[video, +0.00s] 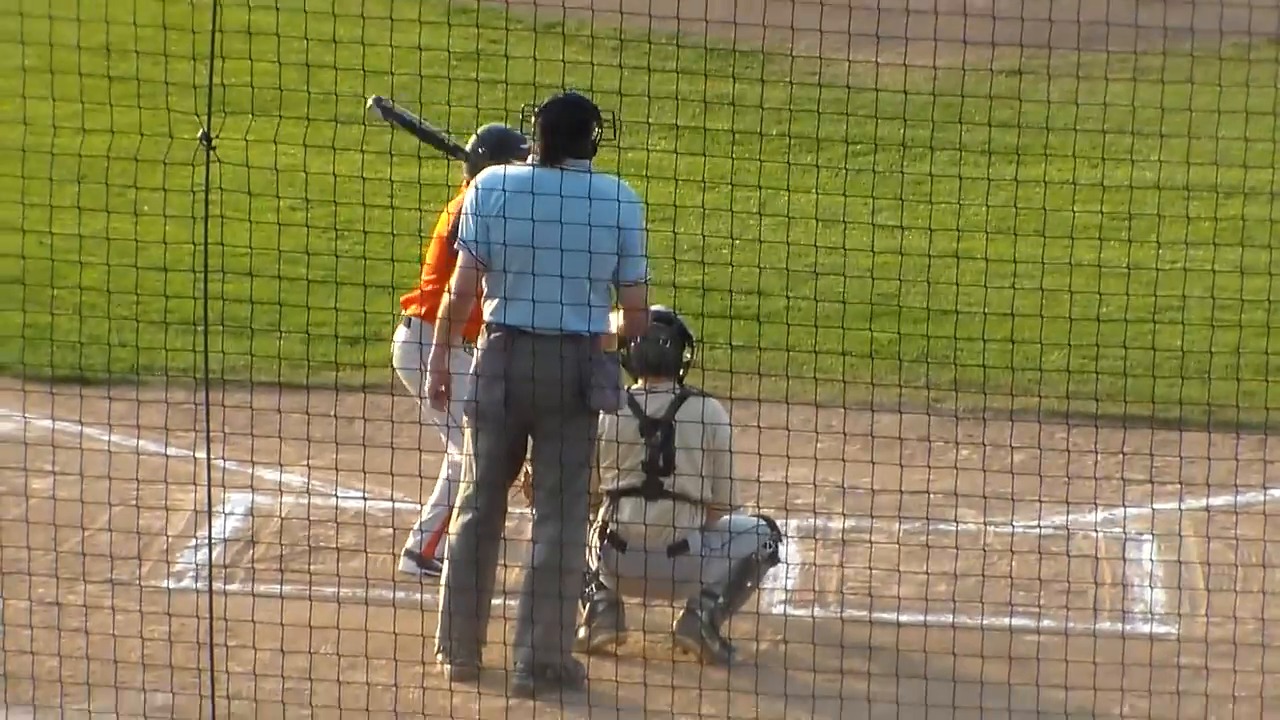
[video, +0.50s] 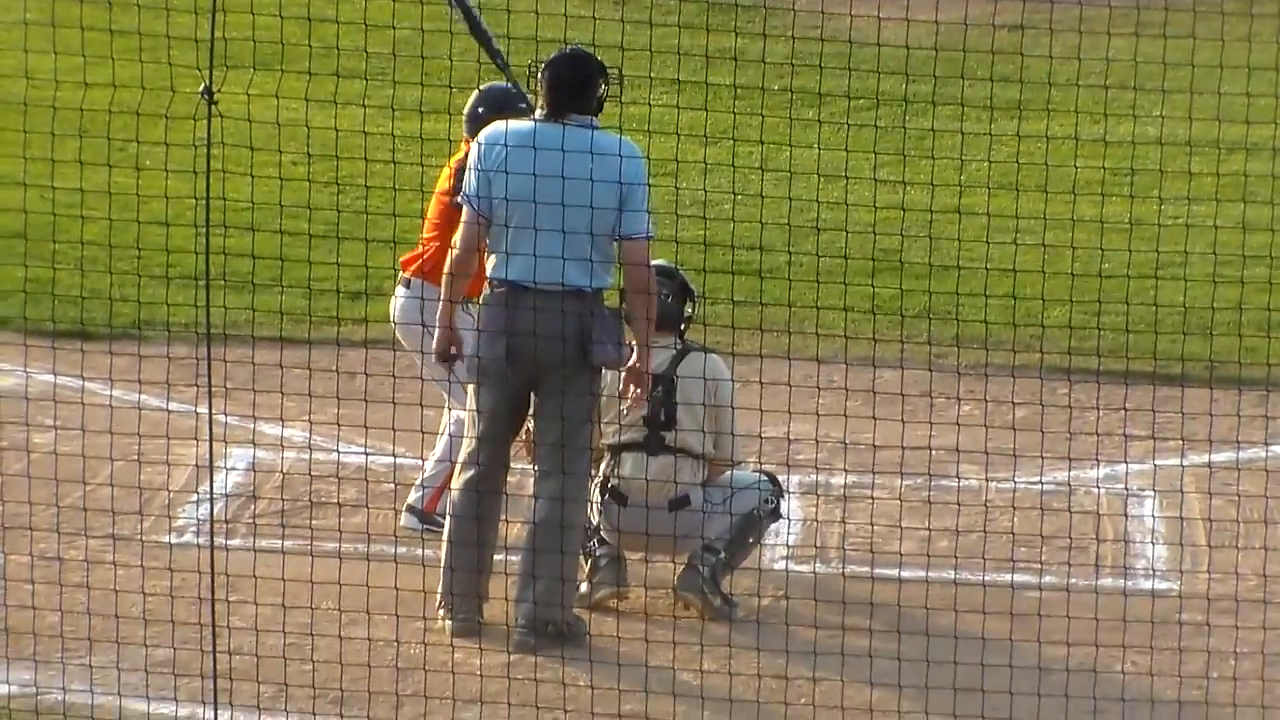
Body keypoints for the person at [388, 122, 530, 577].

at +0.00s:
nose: (523, 174)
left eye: (522, 166)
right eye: (518, 165)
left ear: (477, 165)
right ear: (499, 167)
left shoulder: (472, 202)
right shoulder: (476, 206)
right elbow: (462, 288)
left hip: (426, 338)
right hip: (434, 341)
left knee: (470, 444)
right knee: (473, 444)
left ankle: (431, 545)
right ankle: (426, 546)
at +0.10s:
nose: (522, 158)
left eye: (521, 150)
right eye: (517, 150)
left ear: (475, 149)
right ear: (500, 152)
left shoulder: (469, 187)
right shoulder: (478, 192)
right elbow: (460, 273)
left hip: (421, 322)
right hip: (435, 326)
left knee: (471, 427)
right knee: (475, 427)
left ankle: (432, 527)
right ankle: (427, 528)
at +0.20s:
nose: (525, 154)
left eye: (525, 146)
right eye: (520, 145)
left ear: (477, 145)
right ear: (500, 147)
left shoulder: (473, 183)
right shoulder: (477, 186)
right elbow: (465, 264)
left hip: (424, 318)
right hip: (433, 320)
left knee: (473, 421)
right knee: (477, 421)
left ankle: (434, 520)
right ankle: (428, 521)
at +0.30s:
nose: (523, 138)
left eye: (523, 129)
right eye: (518, 128)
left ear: (475, 128)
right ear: (499, 130)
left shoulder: (469, 167)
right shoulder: (476, 170)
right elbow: (455, 248)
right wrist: (440, 313)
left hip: (419, 303)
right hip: (432, 305)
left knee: (471, 406)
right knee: (478, 405)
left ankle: (431, 505)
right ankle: (428, 506)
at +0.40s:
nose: (522, 147)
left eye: (522, 138)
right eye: (517, 137)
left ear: (474, 135)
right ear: (498, 137)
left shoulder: (466, 173)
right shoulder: (476, 177)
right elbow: (464, 255)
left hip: (420, 310)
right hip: (433, 312)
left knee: (473, 411)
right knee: (480, 412)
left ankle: (431, 507)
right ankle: (428, 509)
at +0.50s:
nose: (523, 136)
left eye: (523, 127)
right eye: (518, 125)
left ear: (475, 124)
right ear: (498, 126)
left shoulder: (466, 163)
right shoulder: (476, 166)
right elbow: (472, 245)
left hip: (418, 300)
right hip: (433, 304)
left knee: (472, 401)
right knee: (480, 402)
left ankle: (431, 498)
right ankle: (428, 500)